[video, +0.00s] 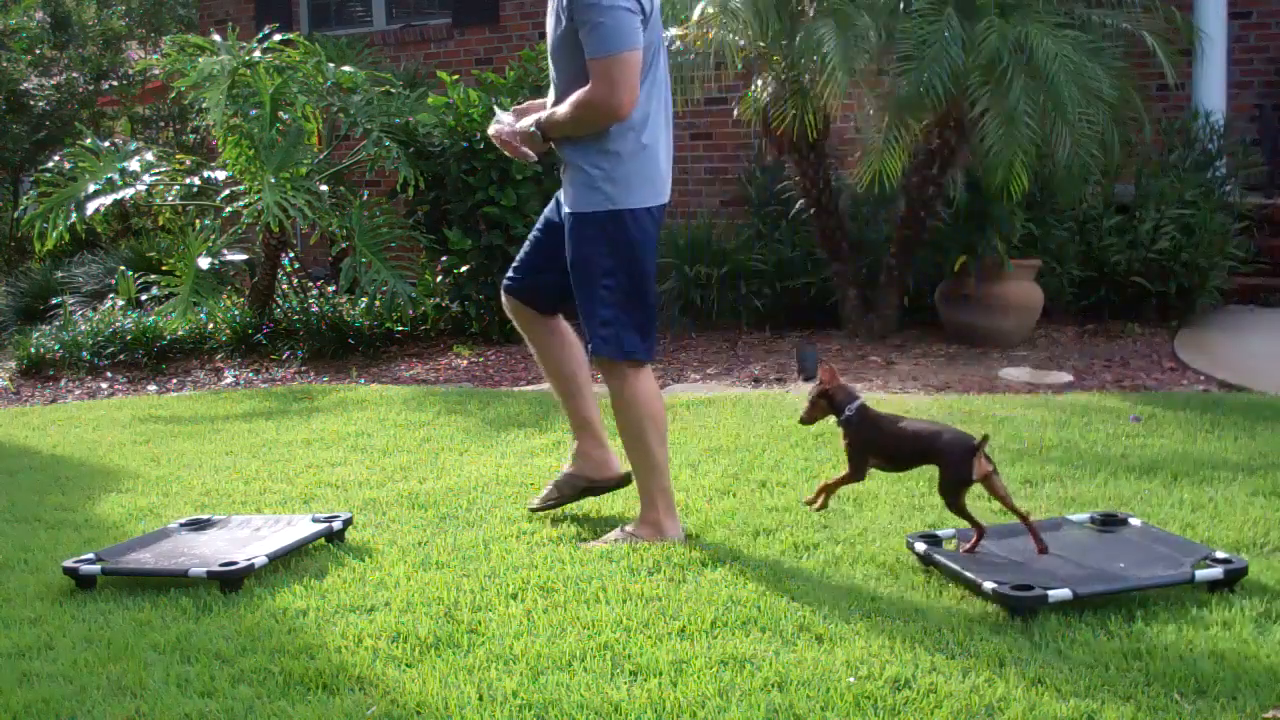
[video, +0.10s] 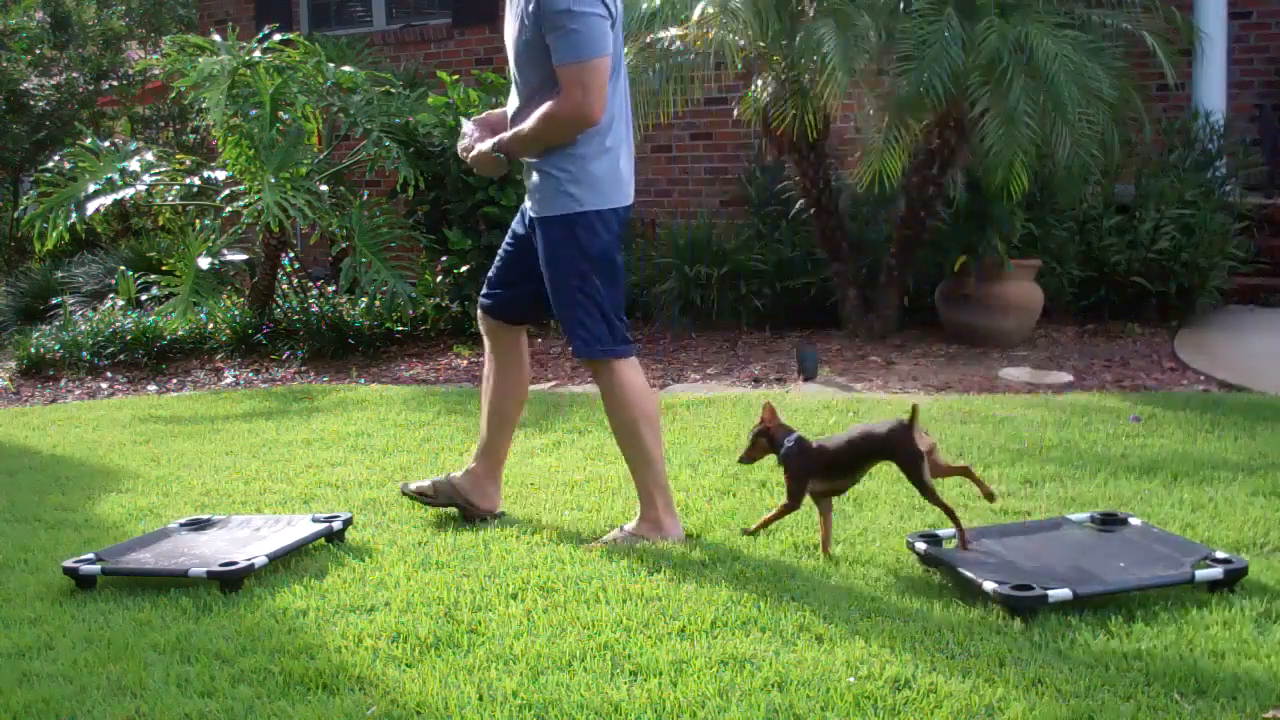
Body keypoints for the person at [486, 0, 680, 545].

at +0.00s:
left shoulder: (604, 2)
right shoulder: (578, 4)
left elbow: (614, 98)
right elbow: (593, 82)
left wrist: (545, 127)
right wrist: (531, 112)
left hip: (617, 188)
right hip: (590, 185)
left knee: (621, 355)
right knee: (527, 295)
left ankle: (660, 520)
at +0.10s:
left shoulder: (570, 3)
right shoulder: (532, 4)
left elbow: (583, 105)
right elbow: (556, 85)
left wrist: (504, 148)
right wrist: (502, 118)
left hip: (581, 195)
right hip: (550, 194)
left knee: (606, 350)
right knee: (499, 315)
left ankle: (660, 519)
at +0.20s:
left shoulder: (537, 5)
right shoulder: (488, 5)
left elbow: (544, 120)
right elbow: (515, 101)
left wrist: (459, 184)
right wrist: (468, 131)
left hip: (542, 204)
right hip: (504, 203)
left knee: (579, 357)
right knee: (477, 343)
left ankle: (656, 515)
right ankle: (449, 496)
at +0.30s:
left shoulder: (504, 13)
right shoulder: (443, 6)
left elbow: (495, 135)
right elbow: (472, 109)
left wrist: (418, 216)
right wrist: (431, 141)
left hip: (494, 215)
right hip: (454, 212)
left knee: (513, 363)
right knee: (436, 351)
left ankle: (631, 486)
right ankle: (437, 499)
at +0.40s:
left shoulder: (463, 14)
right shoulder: (409, 6)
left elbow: (441, 135)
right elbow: (432, 104)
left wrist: (391, 231)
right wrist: (396, 142)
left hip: (453, 214)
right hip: (427, 211)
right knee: (424, 355)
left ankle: (564, 439)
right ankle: (435, 499)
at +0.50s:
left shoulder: (428, 14)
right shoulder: (382, 4)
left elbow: (402, 131)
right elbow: (396, 95)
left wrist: (358, 229)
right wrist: (363, 137)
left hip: (419, 206)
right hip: (406, 199)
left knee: (342, 337)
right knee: (408, 345)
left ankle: (486, 437)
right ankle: (432, 498)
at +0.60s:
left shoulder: (389, 13)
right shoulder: (359, 5)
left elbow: (366, 131)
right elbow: (384, 105)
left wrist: (319, 227)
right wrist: (339, 142)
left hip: (382, 206)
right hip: (414, 201)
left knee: (307, 324)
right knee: (401, 338)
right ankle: (435, 494)